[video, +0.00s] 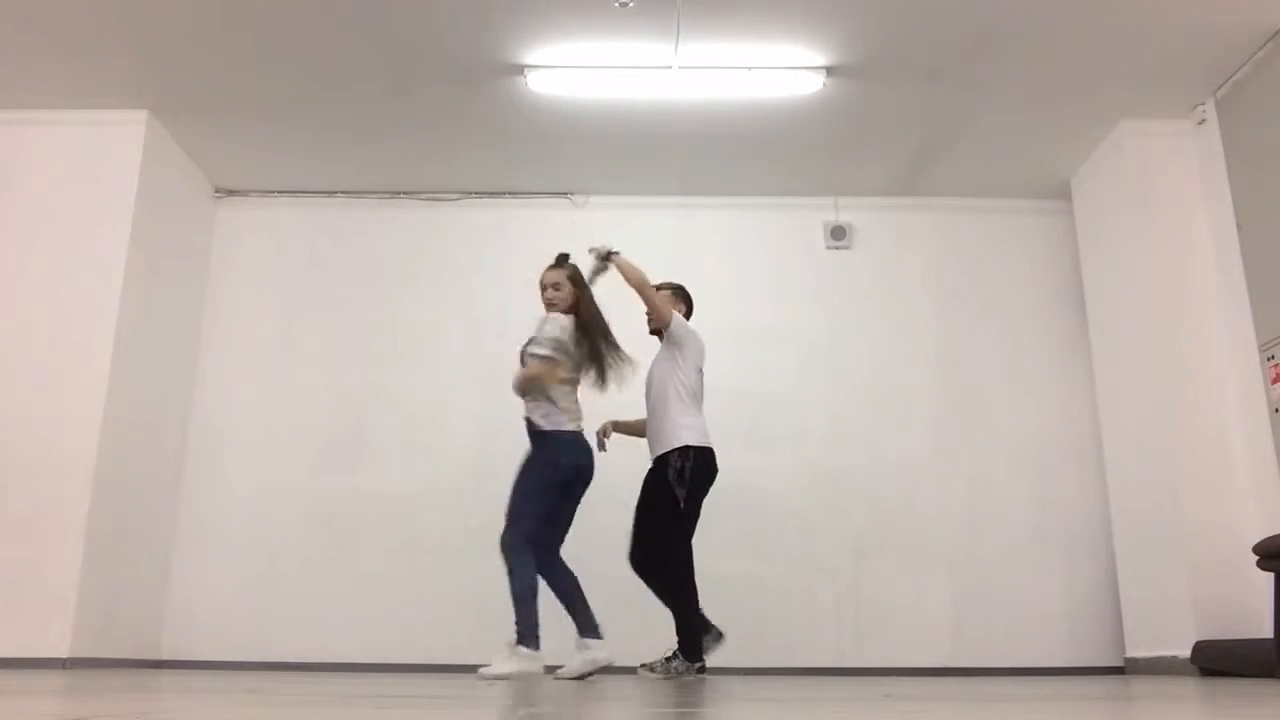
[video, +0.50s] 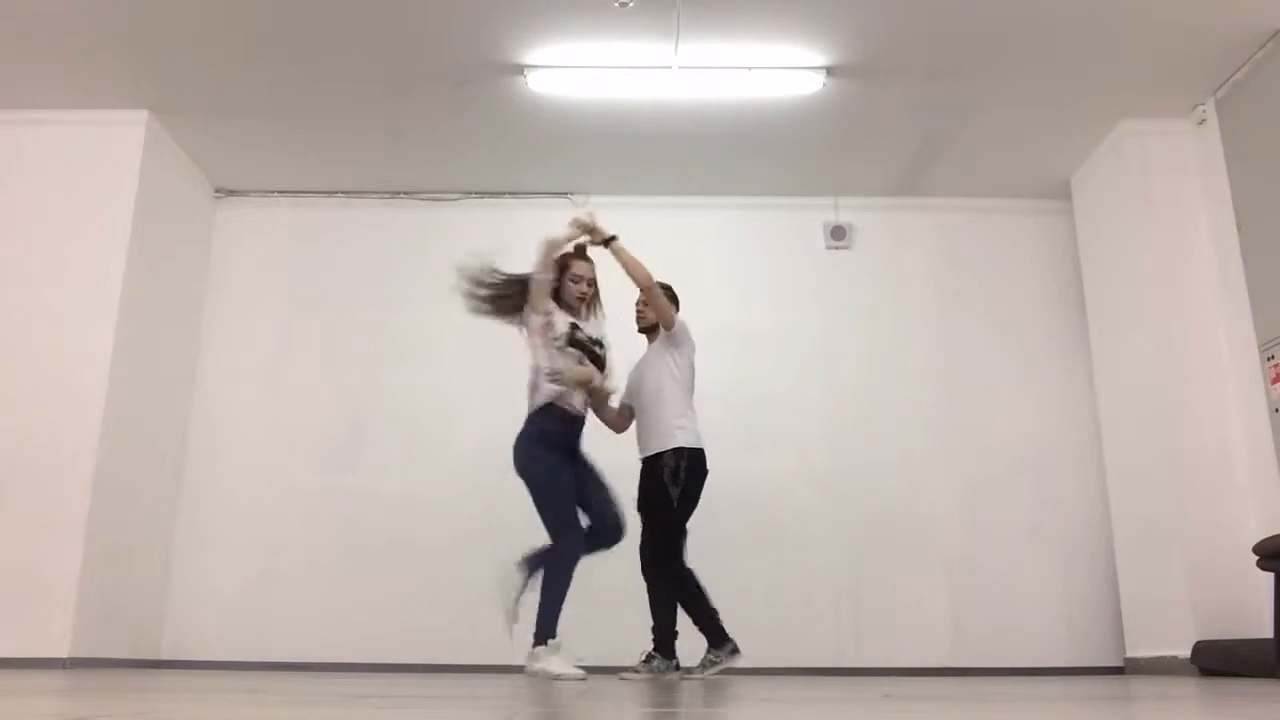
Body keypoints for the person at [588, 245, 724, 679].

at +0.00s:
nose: (647, 309)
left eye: (655, 301)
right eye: (647, 303)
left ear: (678, 307)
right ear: (666, 308)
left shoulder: (685, 340)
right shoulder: (663, 361)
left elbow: (646, 290)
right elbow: (659, 426)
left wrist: (612, 257)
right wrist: (615, 425)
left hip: (687, 456)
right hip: (666, 461)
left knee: (670, 553)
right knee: (644, 556)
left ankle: (690, 655)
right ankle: (701, 629)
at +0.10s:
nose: (648, 308)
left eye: (657, 303)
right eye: (648, 302)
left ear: (679, 311)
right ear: (658, 316)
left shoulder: (686, 344)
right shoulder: (663, 362)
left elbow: (661, 288)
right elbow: (656, 424)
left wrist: (634, 251)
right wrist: (613, 422)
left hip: (686, 460)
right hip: (667, 463)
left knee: (667, 560)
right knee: (667, 561)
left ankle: (694, 653)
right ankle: (714, 643)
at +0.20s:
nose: (646, 302)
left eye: (656, 296)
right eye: (645, 298)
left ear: (675, 305)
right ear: (647, 311)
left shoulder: (685, 343)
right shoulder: (658, 364)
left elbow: (670, 286)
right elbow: (648, 423)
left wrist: (650, 238)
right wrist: (607, 419)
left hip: (687, 459)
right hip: (665, 464)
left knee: (664, 556)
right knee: (668, 558)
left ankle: (716, 648)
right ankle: (690, 651)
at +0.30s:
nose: (646, 306)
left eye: (654, 300)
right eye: (643, 302)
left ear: (673, 305)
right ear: (643, 313)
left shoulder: (682, 342)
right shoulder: (651, 364)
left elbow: (671, 283)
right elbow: (638, 423)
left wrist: (645, 232)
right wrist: (594, 413)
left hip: (685, 458)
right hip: (663, 462)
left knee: (660, 553)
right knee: (676, 556)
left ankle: (681, 649)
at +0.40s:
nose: (641, 306)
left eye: (650, 301)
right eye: (640, 301)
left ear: (669, 310)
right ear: (641, 313)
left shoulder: (679, 343)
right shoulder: (645, 366)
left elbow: (660, 283)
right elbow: (628, 423)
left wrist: (629, 233)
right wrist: (589, 403)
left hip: (683, 458)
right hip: (661, 463)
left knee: (654, 555)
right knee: (683, 557)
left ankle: (664, 653)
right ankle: (726, 648)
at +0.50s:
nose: (639, 306)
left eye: (647, 300)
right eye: (638, 301)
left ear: (668, 308)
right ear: (638, 313)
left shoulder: (677, 343)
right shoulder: (641, 368)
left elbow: (649, 286)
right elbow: (618, 422)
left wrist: (608, 241)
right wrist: (592, 390)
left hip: (680, 458)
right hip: (656, 463)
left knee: (658, 558)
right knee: (663, 560)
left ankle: (664, 654)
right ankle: (721, 643)